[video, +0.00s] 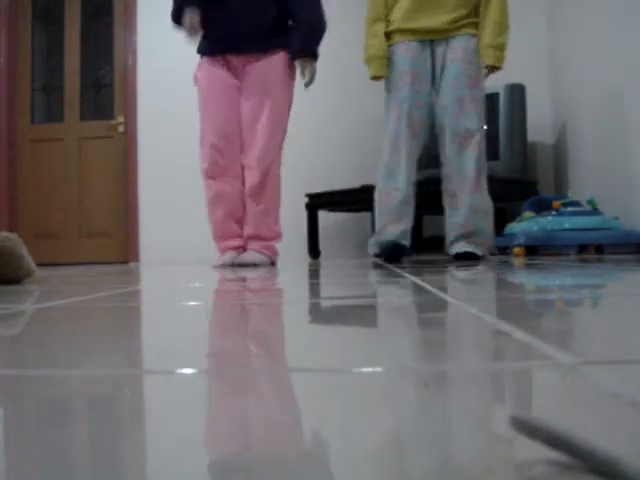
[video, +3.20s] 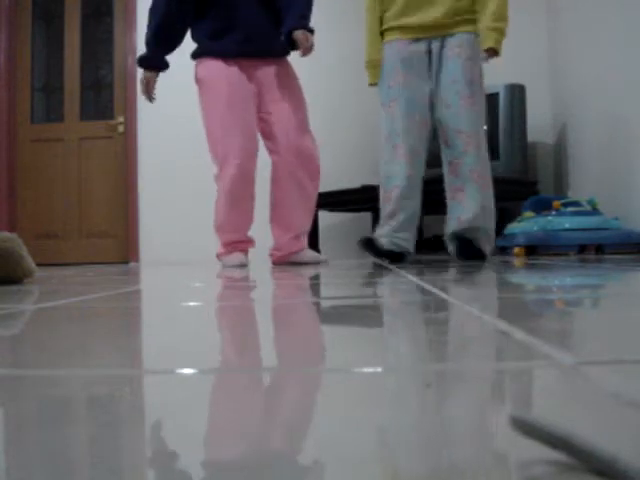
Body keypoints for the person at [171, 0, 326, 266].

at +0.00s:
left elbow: (307, 4)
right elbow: (180, 8)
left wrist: (306, 46)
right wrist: (186, 10)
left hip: (270, 55)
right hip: (216, 56)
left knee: (261, 156)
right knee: (218, 155)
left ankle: (260, 246)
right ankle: (229, 246)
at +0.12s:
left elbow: (301, 6)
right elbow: (189, 2)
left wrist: (308, 59)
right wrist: (183, 47)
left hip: (276, 58)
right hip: (219, 59)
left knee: (275, 157)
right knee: (223, 158)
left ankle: (272, 245)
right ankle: (235, 246)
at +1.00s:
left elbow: (306, 9)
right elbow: (192, 7)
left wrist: (312, 61)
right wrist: (188, 37)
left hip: (274, 59)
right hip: (218, 64)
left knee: (260, 119)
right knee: (215, 159)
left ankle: (272, 203)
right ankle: (238, 245)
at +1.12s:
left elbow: (306, 6)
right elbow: (193, 5)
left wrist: (311, 53)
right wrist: (191, 40)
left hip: (278, 53)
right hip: (221, 59)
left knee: (273, 119)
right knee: (224, 161)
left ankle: (280, 201)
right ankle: (239, 247)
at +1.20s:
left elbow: (309, 1)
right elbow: (192, 2)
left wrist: (314, 44)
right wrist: (192, 41)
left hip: (285, 49)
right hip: (227, 52)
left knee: (292, 153)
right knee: (236, 156)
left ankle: (296, 239)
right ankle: (242, 244)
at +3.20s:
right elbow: (171, 6)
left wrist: (298, 23)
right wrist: (153, 58)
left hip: (272, 60)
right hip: (220, 60)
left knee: (297, 150)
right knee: (237, 156)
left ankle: (290, 246)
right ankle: (234, 248)